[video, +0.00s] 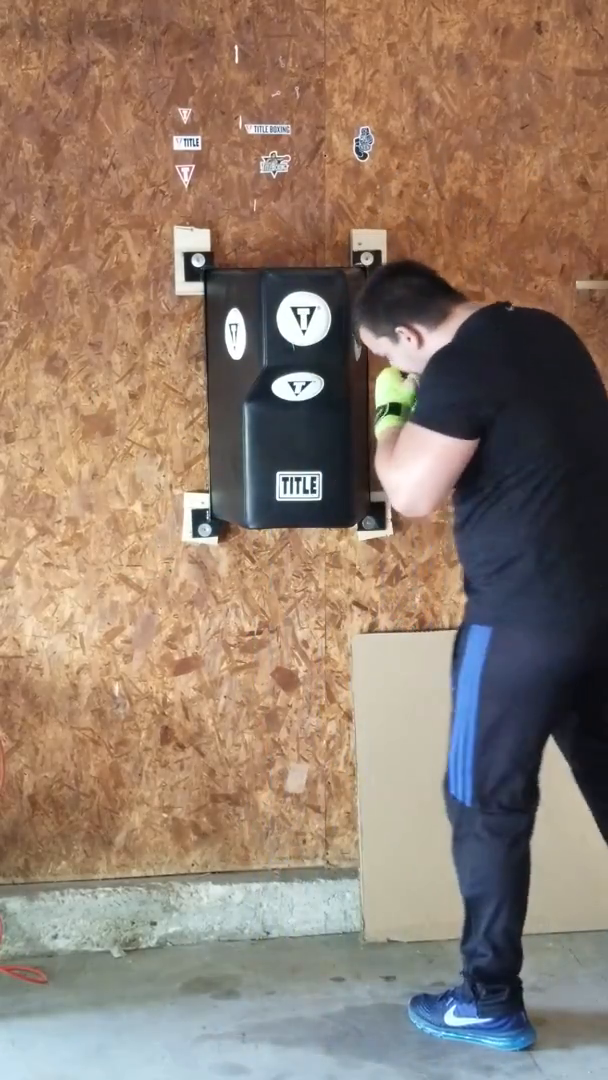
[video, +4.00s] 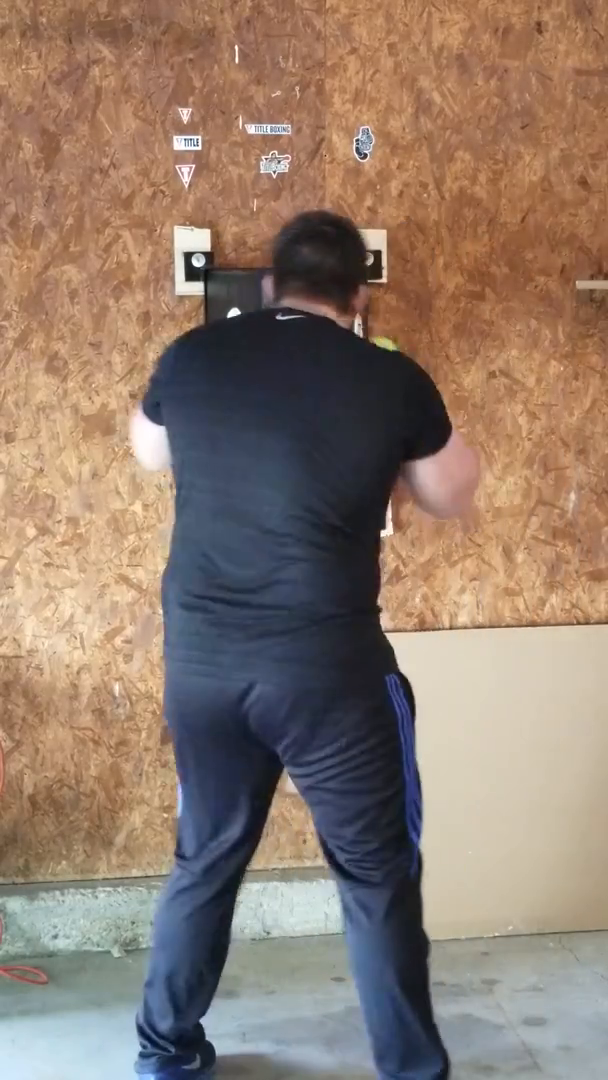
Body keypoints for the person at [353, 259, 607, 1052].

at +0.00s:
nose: (394, 365)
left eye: (387, 354)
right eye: (387, 357)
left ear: (410, 333)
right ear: (450, 293)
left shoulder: (463, 366)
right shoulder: (552, 334)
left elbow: (412, 495)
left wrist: (390, 426)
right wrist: (426, 404)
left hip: (519, 617)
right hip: (591, 609)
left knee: (487, 804)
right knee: (604, 793)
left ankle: (490, 998)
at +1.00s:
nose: (394, 347)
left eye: (397, 329)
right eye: (390, 333)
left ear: (437, 315)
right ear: (441, 317)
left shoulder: (530, 356)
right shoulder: (475, 380)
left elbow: (498, 480)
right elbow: (426, 491)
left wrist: (416, 420)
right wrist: (395, 415)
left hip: (541, 604)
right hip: (526, 603)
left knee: (477, 793)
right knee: (548, 753)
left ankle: (490, 997)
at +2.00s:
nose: (421, 342)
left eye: (425, 325)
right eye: (419, 331)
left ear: (463, 308)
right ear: (472, 314)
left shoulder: (543, 349)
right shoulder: (487, 407)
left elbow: (471, 382)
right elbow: (433, 550)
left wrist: (413, 350)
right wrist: (334, 522)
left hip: (467, 611)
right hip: (484, 617)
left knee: (387, 798)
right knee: (455, 776)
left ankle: (393, 1006)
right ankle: (564, 938)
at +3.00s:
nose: (333, 309)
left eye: (331, 300)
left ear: (347, 297)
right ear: (424, 285)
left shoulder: (323, 350)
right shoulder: (502, 354)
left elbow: (261, 455)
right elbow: (473, 451)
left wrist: (321, 390)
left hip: (359, 631)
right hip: (478, 630)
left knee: (336, 825)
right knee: (518, 814)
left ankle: (314, 1023)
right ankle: (549, 1017)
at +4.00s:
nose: (360, 309)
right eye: (361, 296)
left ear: (267, 285)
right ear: (358, 298)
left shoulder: (192, 355)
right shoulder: (389, 378)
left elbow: (150, 452)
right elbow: (450, 496)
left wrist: (245, 427)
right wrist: (375, 461)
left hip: (199, 668)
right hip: (324, 668)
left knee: (203, 858)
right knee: (375, 873)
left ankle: (165, 1051)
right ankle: (412, 1065)